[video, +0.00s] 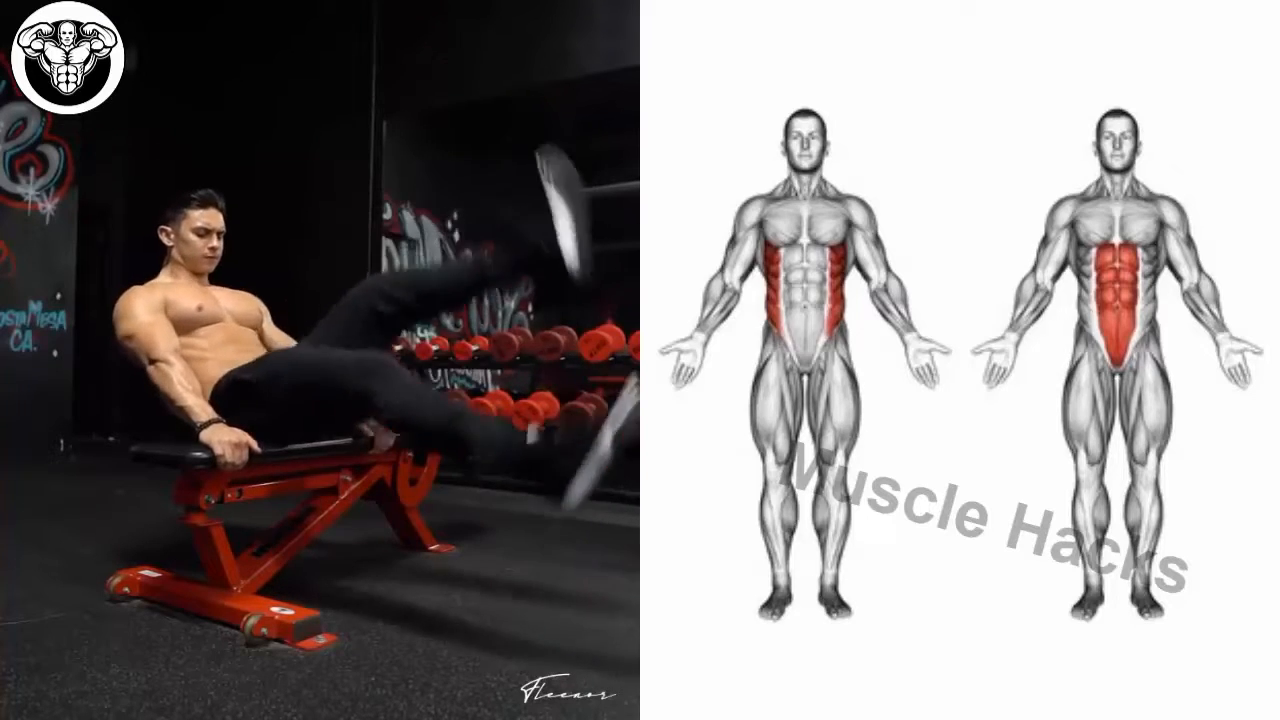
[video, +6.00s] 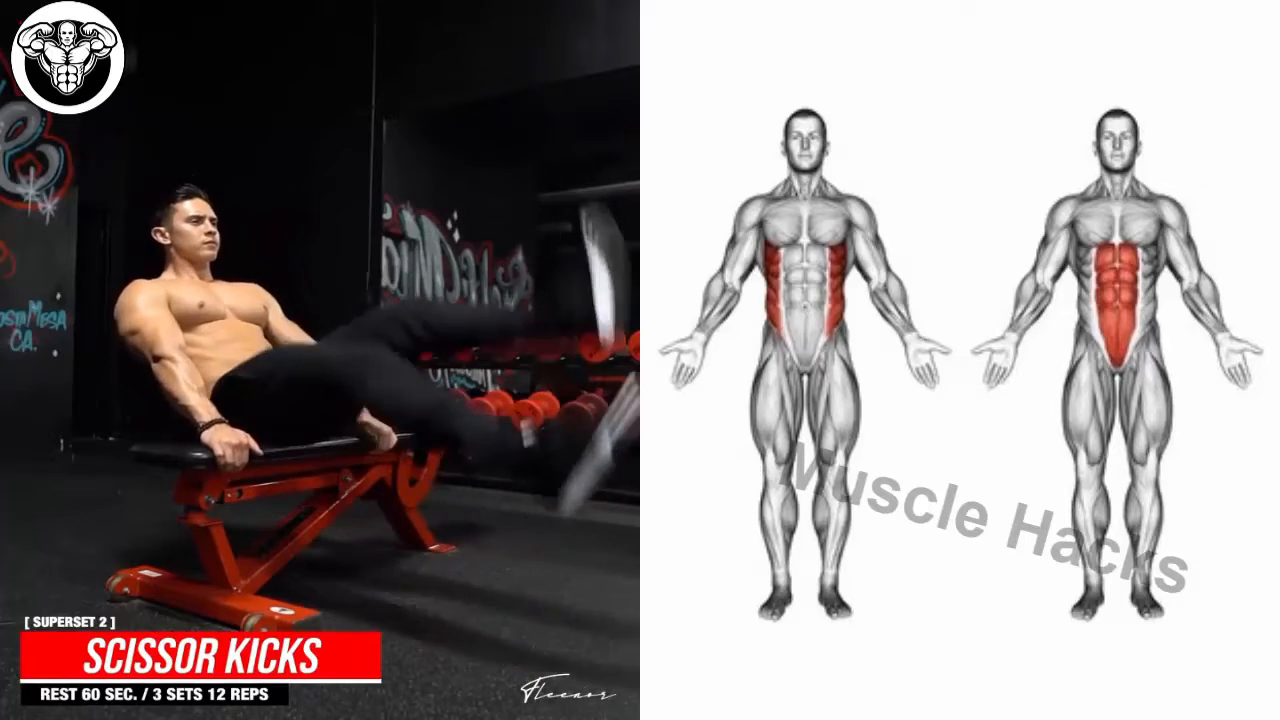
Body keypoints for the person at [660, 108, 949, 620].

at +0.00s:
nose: (804, 146)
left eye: (812, 138)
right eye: (797, 138)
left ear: (825, 146)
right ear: (785, 145)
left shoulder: (852, 211)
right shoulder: (758, 211)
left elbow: (881, 281)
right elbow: (729, 281)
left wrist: (910, 337)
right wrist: (700, 336)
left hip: (832, 355)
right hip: (777, 355)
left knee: (834, 467)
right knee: (777, 469)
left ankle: (830, 584)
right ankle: (780, 585)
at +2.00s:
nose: (804, 145)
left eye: (812, 138)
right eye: (797, 138)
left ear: (825, 145)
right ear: (785, 145)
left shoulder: (852, 211)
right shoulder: (758, 211)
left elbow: (881, 281)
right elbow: (729, 281)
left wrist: (910, 336)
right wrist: (700, 336)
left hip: (832, 355)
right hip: (777, 355)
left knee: (834, 467)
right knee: (777, 469)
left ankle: (830, 584)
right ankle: (780, 584)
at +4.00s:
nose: (804, 145)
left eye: (812, 138)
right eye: (797, 138)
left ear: (825, 145)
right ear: (785, 146)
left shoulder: (851, 211)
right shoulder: (758, 211)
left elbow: (881, 281)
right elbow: (729, 281)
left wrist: (909, 336)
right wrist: (700, 336)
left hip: (832, 356)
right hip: (777, 355)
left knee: (834, 468)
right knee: (777, 469)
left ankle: (829, 584)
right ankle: (780, 585)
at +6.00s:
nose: (804, 145)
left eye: (812, 138)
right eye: (797, 138)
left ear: (825, 145)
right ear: (785, 146)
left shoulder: (851, 211)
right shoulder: (758, 211)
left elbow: (881, 281)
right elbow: (729, 281)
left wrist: (909, 336)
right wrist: (700, 336)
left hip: (832, 355)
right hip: (778, 355)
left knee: (834, 468)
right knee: (777, 469)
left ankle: (829, 584)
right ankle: (780, 585)